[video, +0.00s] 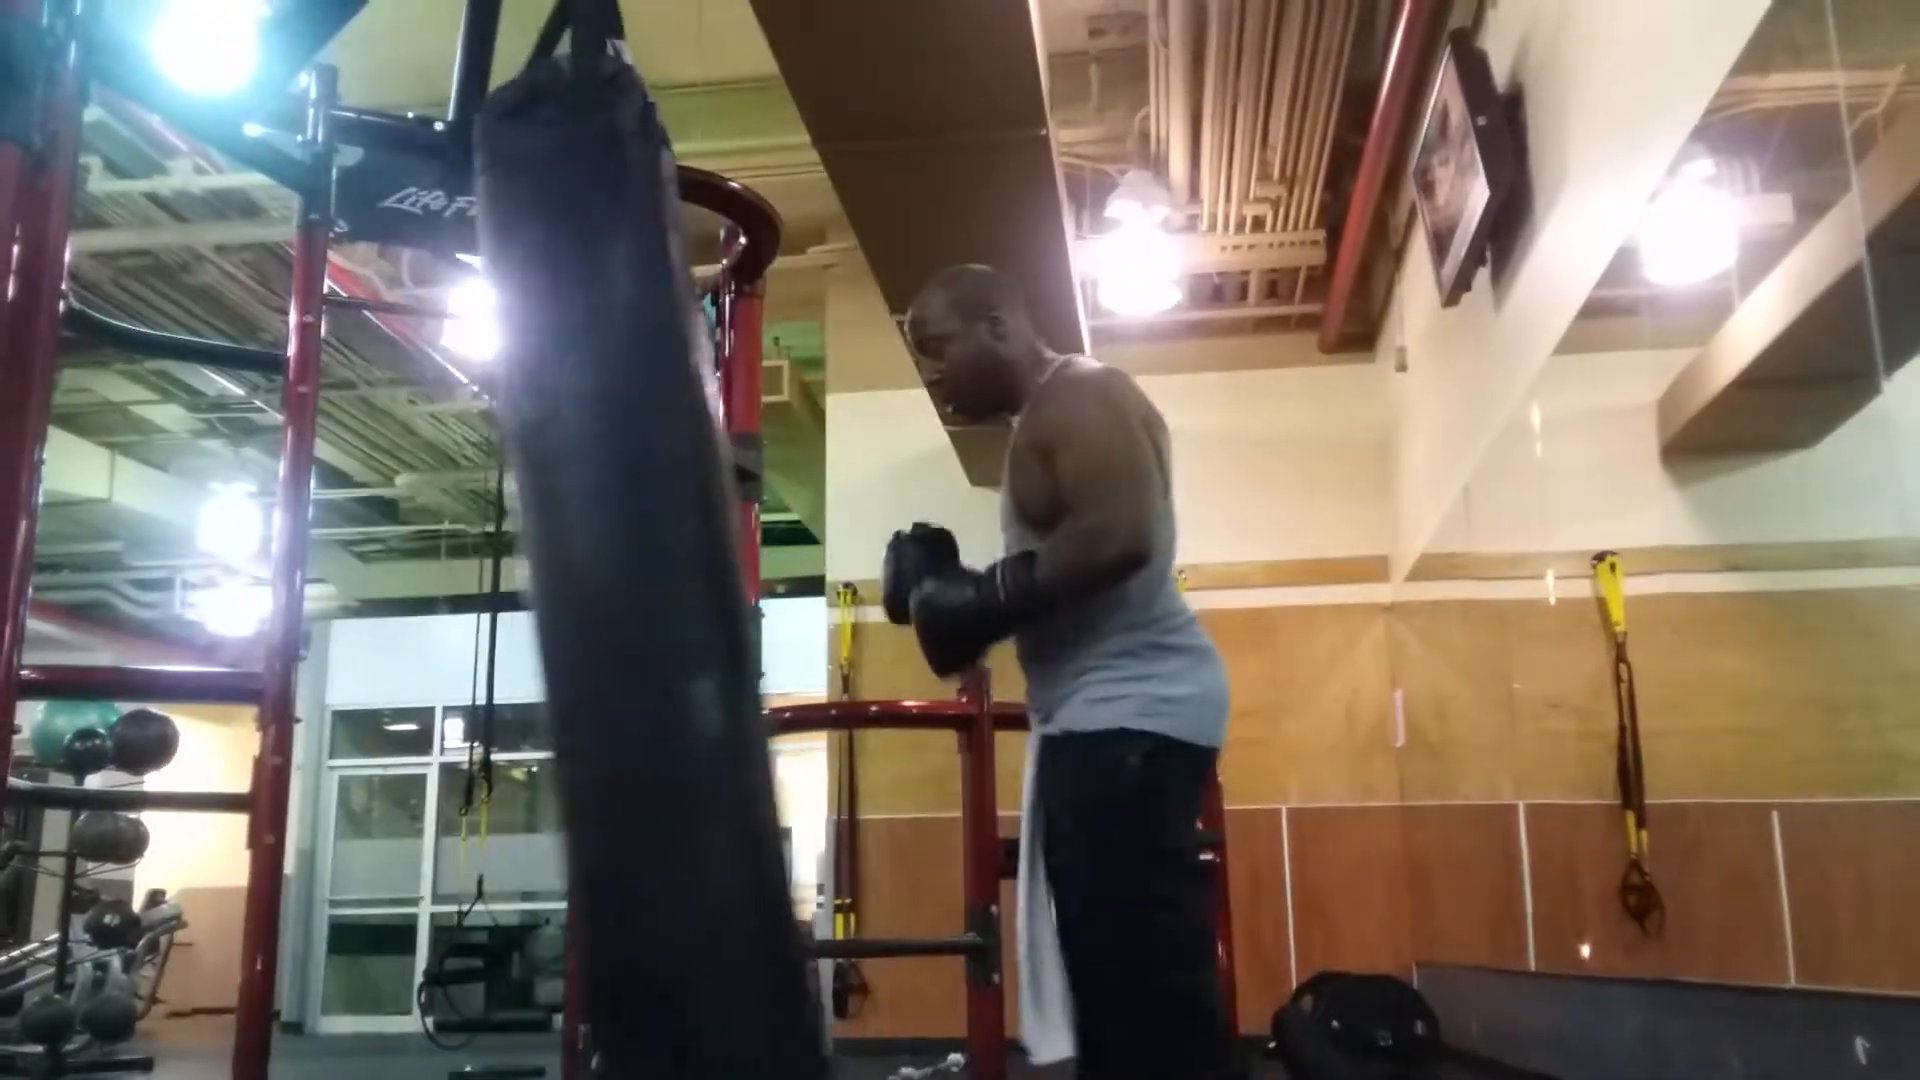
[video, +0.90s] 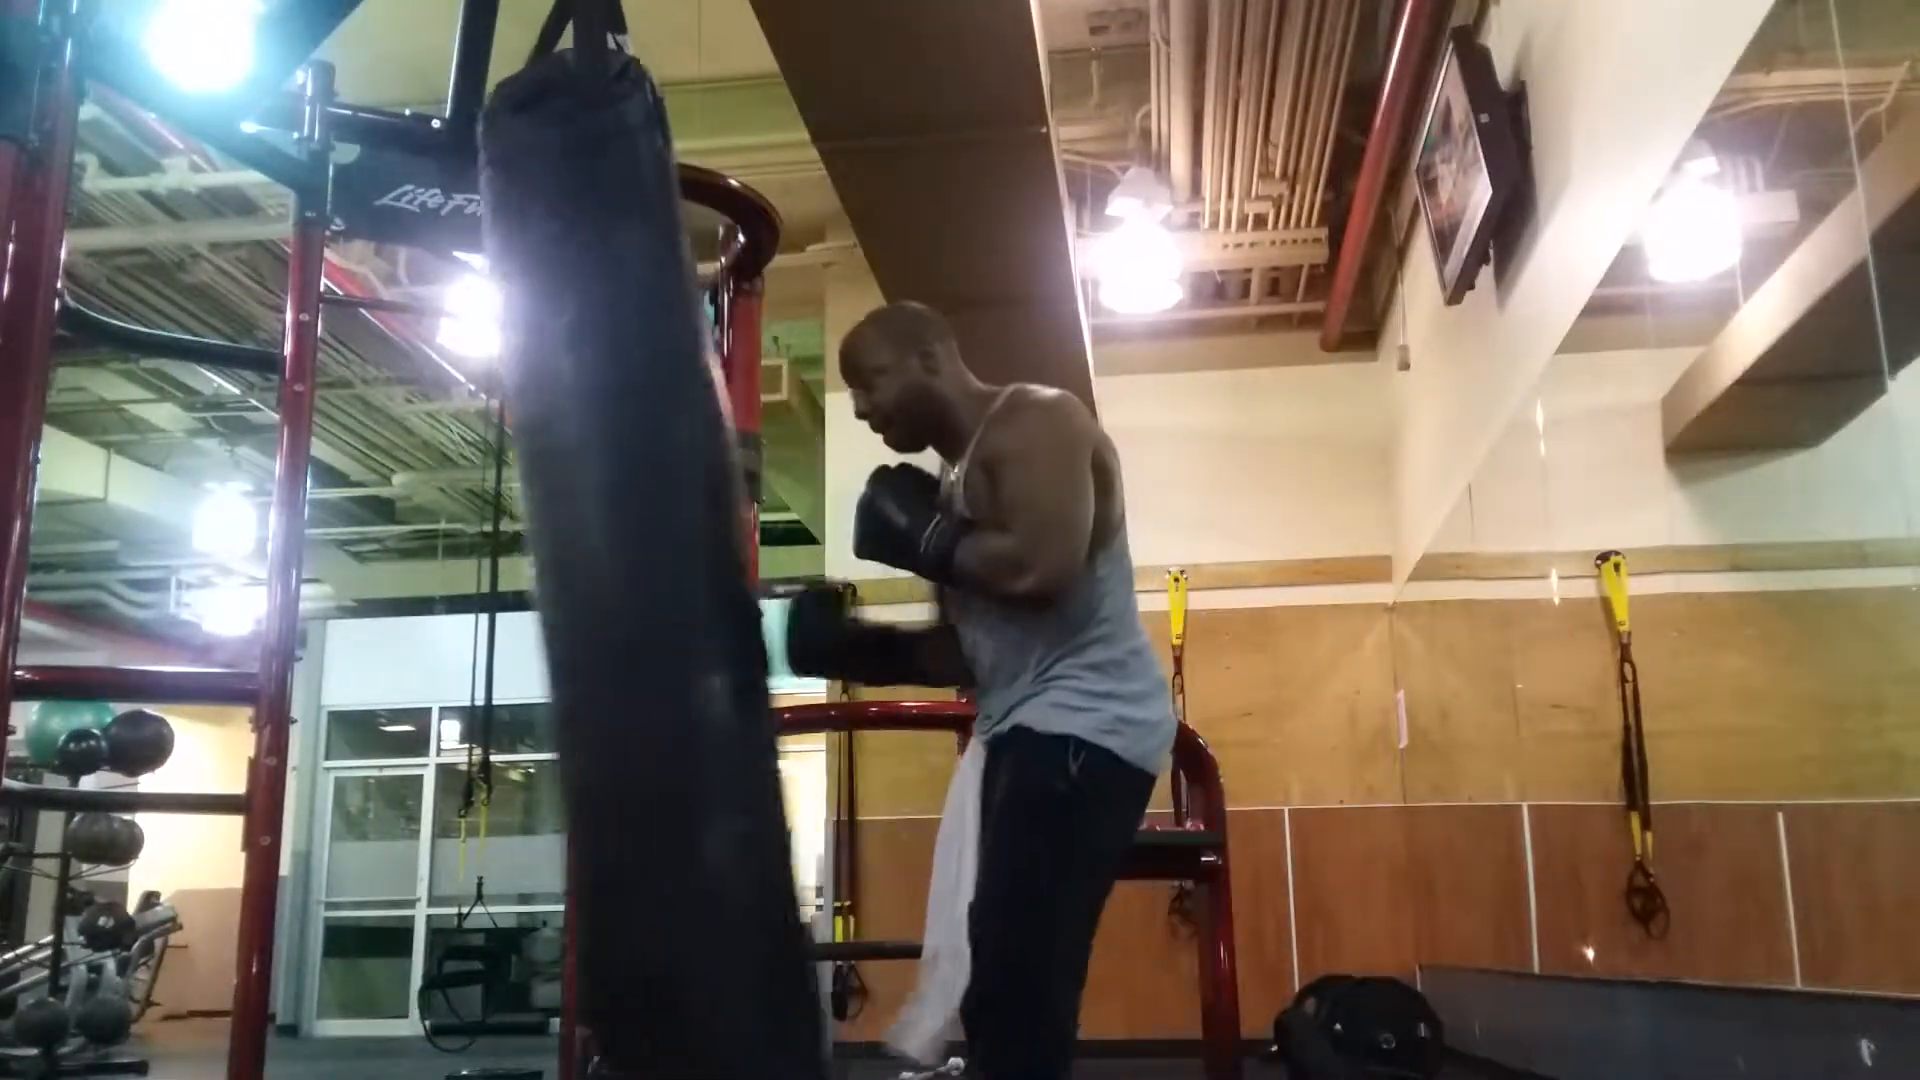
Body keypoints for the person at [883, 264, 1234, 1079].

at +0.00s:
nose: (930, 378)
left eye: (935, 350)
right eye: (922, 359)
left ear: (999, 327)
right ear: (1003, 335)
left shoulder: (1080, 396)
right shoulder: (1053, 415)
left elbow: (1117, 533)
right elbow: (1068, 556)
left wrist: (987, 599)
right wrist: (967, 587)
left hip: (1128, 712)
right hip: (1098, 713)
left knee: (1130, 989)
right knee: (1119, 983)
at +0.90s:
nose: (861, 411)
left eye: (867, 385)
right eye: (854, 393)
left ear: (926, 360)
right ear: (926, 368)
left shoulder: (1037, 416)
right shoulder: (962, 489)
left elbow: (1041, 566)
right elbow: (977, 653)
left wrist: (928, 535)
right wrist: (847, 646)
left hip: (1083, 724)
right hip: (1028, 730)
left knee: (1019, 1003)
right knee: (1005, 1002)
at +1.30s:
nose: (797, 394)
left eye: (797, 367)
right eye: (790, 373)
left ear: (851, 341)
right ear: (872, 338)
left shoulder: (936, 405)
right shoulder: (961, 400)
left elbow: (922, 590)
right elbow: (968, 610)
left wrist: (830, 543)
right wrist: (870, 629)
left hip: (1024, 729)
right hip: (1067, 727)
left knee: (890, 981)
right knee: (1024, 992)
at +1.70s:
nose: (845, 379)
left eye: (842, 347)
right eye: (835, 356)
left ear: (892, 316)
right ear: (925, 306)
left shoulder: (938, 358)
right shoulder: (1056, 379)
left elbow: (926, 547)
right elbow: (997, 566)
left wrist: (837, 511)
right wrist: (855, 520)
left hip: (1048, 711)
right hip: (1158, 704)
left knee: (943, 1009)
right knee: (1157, 981)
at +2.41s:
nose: (913, 379)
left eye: (906, 346)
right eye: (901, 355)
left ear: (960, 309)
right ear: (992, 303)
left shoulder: (1022, 354)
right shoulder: (1107, 353)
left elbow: (1029, 546)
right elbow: (1070, 572)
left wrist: (923, 511)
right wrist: (940, 522)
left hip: (1175, 692)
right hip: (1276, 679)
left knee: (1078, 971)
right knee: (1261, 958)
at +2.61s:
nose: (987, 388)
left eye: (989, 358)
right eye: (976, 368)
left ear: (1034, 320)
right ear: (1061, 315)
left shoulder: (1085, 370)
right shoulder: (1211, 393)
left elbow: (1066, 531)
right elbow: (1145, 593)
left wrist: (965, 529)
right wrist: (991, 555)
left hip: (1212, 711)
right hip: (1340, 700)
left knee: (1096, 984)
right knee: (1348, 954)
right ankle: (1434, 1067)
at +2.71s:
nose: (1022, 378)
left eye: (1029, 352)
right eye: (1014, 360)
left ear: (1078, 326)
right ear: (1114, 317)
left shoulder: (1124, 369)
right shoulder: (1257, 393)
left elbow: (1074, 518)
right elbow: (1186, 590)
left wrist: (964, 557)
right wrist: (1040, 564)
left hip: (1246, 705)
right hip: (1375, 693)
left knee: (1138, 995)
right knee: (1378, 958)